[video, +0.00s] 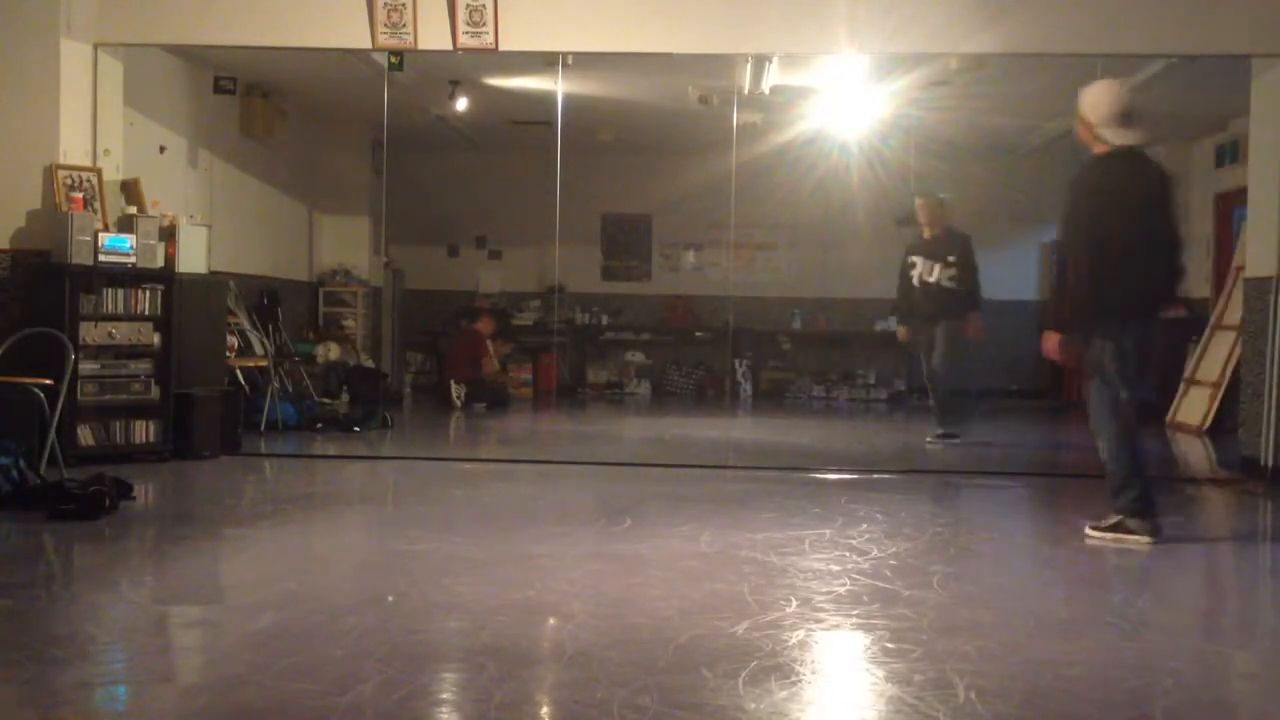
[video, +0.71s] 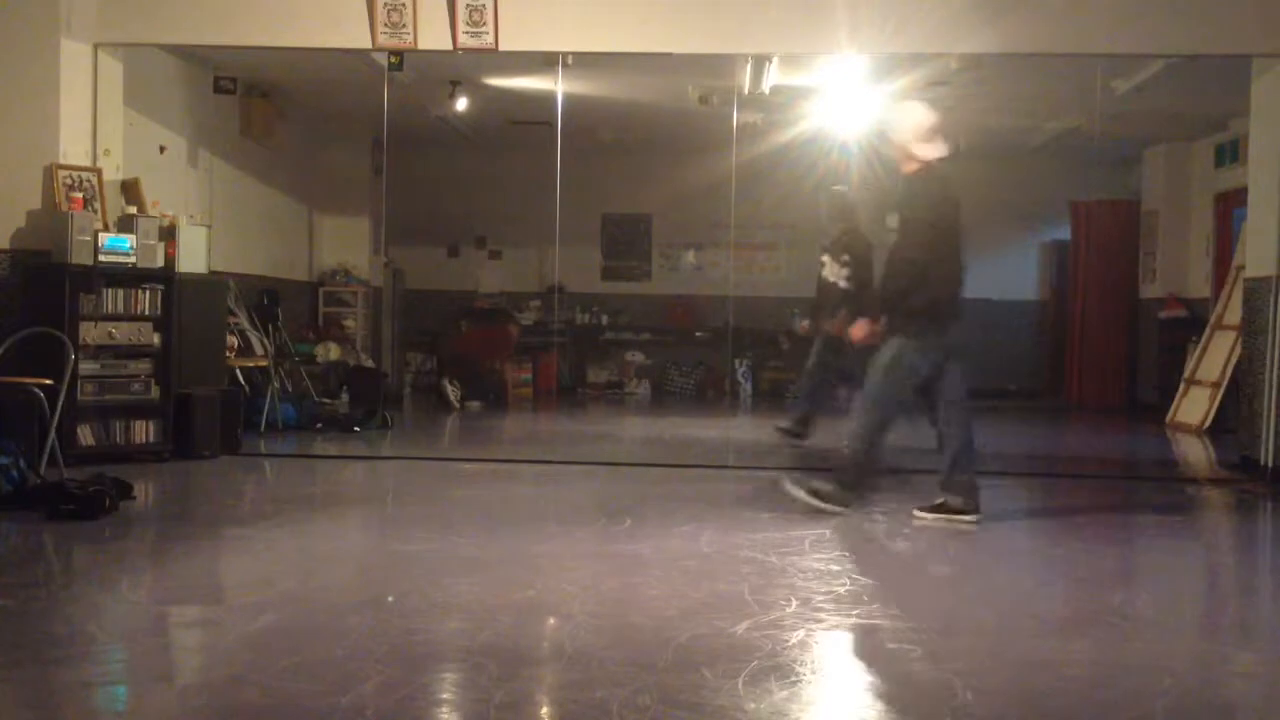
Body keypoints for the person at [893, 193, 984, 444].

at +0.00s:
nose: (923, 214)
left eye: (928, 208)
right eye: (919, 209)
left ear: (941, 210)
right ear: (916, 213)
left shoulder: (960, 243)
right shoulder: (913, 247)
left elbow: (971, 281)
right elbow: (904, 286)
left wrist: (974, 314)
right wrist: (902, 321)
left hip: (950, 314)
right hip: (921, 315)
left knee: (941, 367)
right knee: (930, 369)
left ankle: (949, 424)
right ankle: (942, 425)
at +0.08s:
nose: (917, 217)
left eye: (922, 210)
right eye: (913, 211)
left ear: (935, 213)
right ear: (909, 216)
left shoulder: (950, 244)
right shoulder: (906, 250)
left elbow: (961, 282)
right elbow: (896, 287)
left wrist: (964, 315)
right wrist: (894, 320)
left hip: (943, 316)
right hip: (918, 318)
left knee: (931, 369)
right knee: (924, 370)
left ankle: (945, 424)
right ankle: (938, 421)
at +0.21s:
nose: (905, 222)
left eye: (910, 217)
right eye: (901, 217)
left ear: (922, 219)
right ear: (897, 220)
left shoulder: (935, 247)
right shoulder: (892, 253)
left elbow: (944, 287)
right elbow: (881, 291)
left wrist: (945, 322)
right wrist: (881, 324)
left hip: (926, 318)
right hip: (903, 319)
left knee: (906, 367)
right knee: (920, 374)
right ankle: (946, 423)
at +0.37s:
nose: (884, 220)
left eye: (889, 214)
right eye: (881, 214)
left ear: (900, 216)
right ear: (876, 217)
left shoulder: (912, 249)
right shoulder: (871, 254)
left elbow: (917, 290)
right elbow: (866, 294)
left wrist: (918, 324)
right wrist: (865, 326)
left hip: (902, 320)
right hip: (878, 320)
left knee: (875, 367)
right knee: (903, 371)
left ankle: (873, 426)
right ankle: (929, 404)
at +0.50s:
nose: (870, 219)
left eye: (875, 213)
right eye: (867, 213)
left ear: (885, 216)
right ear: (862, 216)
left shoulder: (892, 245)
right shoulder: (856, 248)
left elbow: (895, 285)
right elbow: (847, 286)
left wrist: (892, 320)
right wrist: (843, 317)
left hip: (879, 317)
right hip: (857, 316)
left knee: (867, 371)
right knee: (848, 369)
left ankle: (870, 427)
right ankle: (890, 400)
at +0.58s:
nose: (860, 214)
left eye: (864, 208)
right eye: (857, 208)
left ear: (874, 210)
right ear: (852, 211)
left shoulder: (881, 241)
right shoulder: (845, 243)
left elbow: (880, 281)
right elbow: (838, 283)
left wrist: (874, 314)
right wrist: (829, 310)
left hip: (868, 313)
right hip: (844, 313)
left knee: (866, 367)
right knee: (834, 364)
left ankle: (871, 425)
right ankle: (859, 419)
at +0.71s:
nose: (830, 217)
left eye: (835, 211)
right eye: (828, 211)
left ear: (845, 212)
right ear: (826, 213)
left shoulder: (858, 243)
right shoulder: (829, 243)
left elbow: (862, 285)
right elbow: (823, 285)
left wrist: (847, 315)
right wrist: (813, 316)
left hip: (846, 316)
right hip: (827, 314)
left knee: (816, 365)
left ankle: (802, 420)